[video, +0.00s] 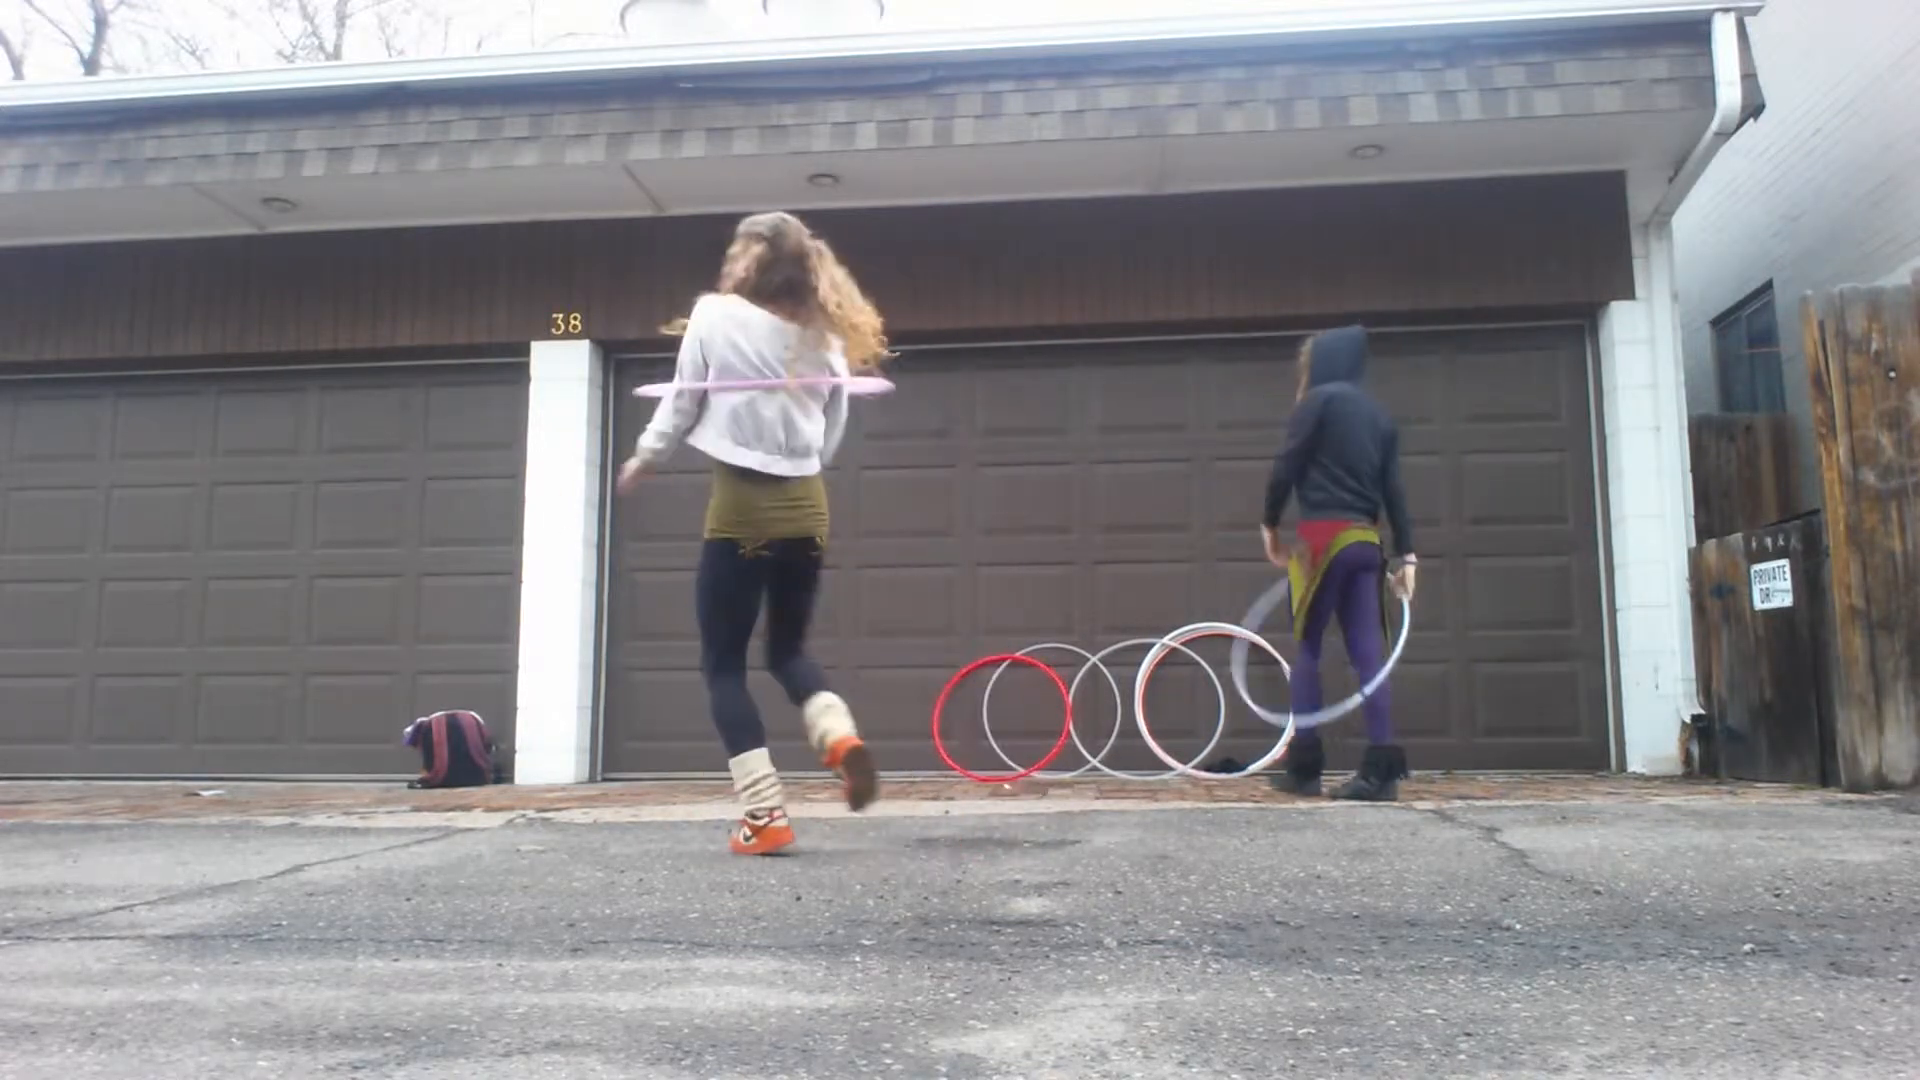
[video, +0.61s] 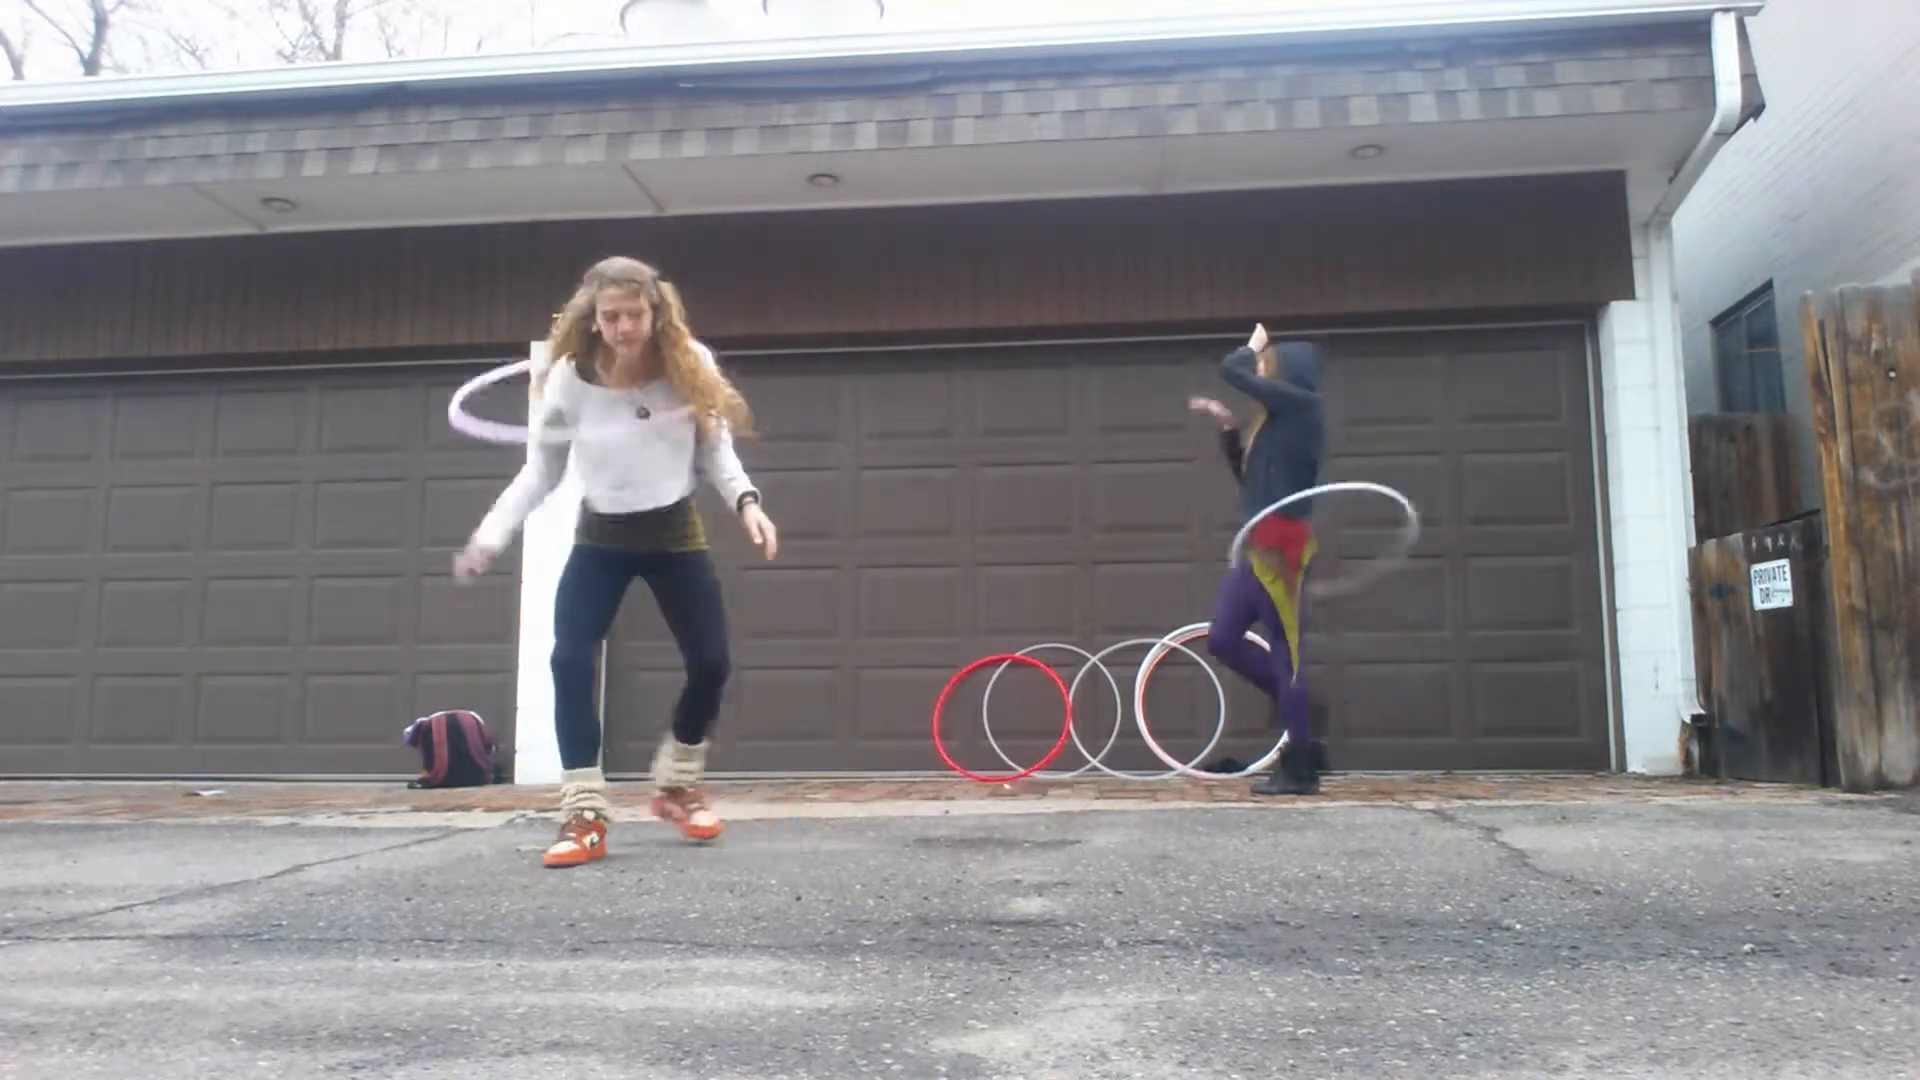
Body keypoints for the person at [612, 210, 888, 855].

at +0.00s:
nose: (728, 263)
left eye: (738, 252)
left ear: (759, 261)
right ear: (800, 269)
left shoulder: (715, 313)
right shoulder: (825, 335)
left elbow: (683, 401)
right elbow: (831, 439)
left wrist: (644, 457)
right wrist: (793, 464)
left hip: (736, 516)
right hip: (807, 514)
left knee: (724, 666)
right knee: (788, 651)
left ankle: (765, 814)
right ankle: (840, 737)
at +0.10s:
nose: (696, 274)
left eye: (704, 262)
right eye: (698, 262)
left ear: (734, 263)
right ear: (764, 267)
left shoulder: (710, 327)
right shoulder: (802, 332)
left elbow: (669, 428)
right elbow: (792, 432)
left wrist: (595, 478)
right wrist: (712, 463)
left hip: (731, 517)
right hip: (783, 516)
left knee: (711, 656)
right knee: (717, 641)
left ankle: (764, 814)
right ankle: (782, 734)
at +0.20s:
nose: (670, 288)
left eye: (677, 275)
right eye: (669, 275)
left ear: (710, 273)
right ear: (725, 272)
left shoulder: (726, 341)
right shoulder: (764, 332)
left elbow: (683, 443)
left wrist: (599, 498)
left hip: (724, 516)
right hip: (741, 512)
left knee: (712, 662)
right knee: (643, 637)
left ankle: (766, 814)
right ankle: (703, 765)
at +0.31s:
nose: (650, 294)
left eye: (656, 281)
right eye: (647, 283)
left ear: (691, 275)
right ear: (681, 277)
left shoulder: (729, 338)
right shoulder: (704, 336)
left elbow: (721, 450)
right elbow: (706, 433)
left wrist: (650, 506)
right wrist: (655, 445)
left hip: (715, 516)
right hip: (681, 513)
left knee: (705, 658)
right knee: (627, 647)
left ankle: (764, 810)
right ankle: (628, 798)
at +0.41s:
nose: (632, 296)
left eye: (644, 286)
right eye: (626, 284)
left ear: (681, 284)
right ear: (621, 284)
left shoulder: (722, 342)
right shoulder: (635, 335)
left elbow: (732, 438)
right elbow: (634, 411)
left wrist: (702, 495)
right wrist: (593, 440)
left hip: (703, 513)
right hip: (645, 511)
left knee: (699, 663)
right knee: (614, 661)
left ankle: (777, 801)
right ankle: (583, 812)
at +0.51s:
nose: (621, 313)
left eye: (634, 301)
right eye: (611, 301)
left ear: (663, 302)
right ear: (600, 304)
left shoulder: (699, 362)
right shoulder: (587, 363)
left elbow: (718, 443)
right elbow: (568, 428)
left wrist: (728, 495)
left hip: (695, 531)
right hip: (623, 535)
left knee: (703, 663)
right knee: (588, 662)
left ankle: (744, 790)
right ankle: (587, 813)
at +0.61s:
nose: (623, 328)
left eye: (633, 315)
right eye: (611, 316)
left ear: (655, 314)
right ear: (595, 320)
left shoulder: (687, 367)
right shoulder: (569, 378)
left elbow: (716, 452)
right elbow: (540, 470)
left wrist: (747, 502)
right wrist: (489, 535)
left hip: (676, 537)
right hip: (600, 540)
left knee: (712, 663)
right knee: (570, 658)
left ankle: (677, 785)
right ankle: (585, 813)